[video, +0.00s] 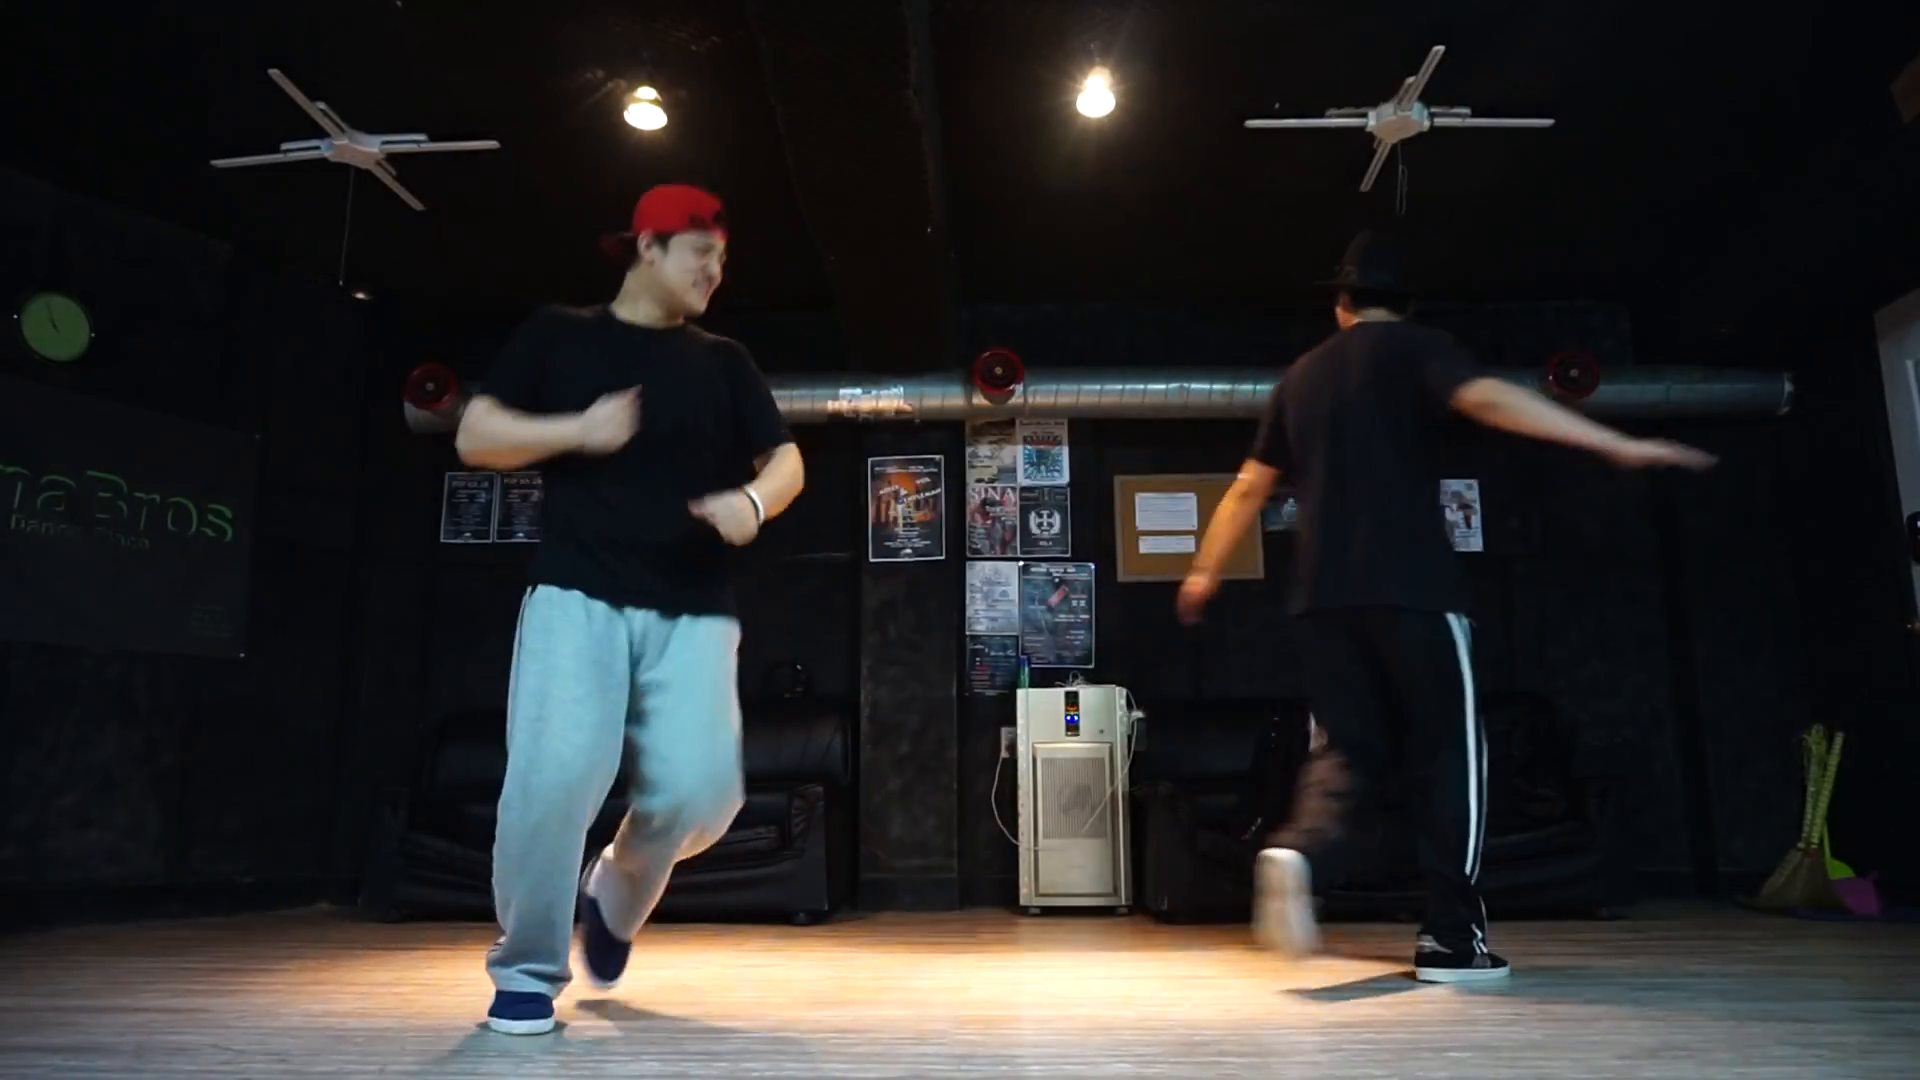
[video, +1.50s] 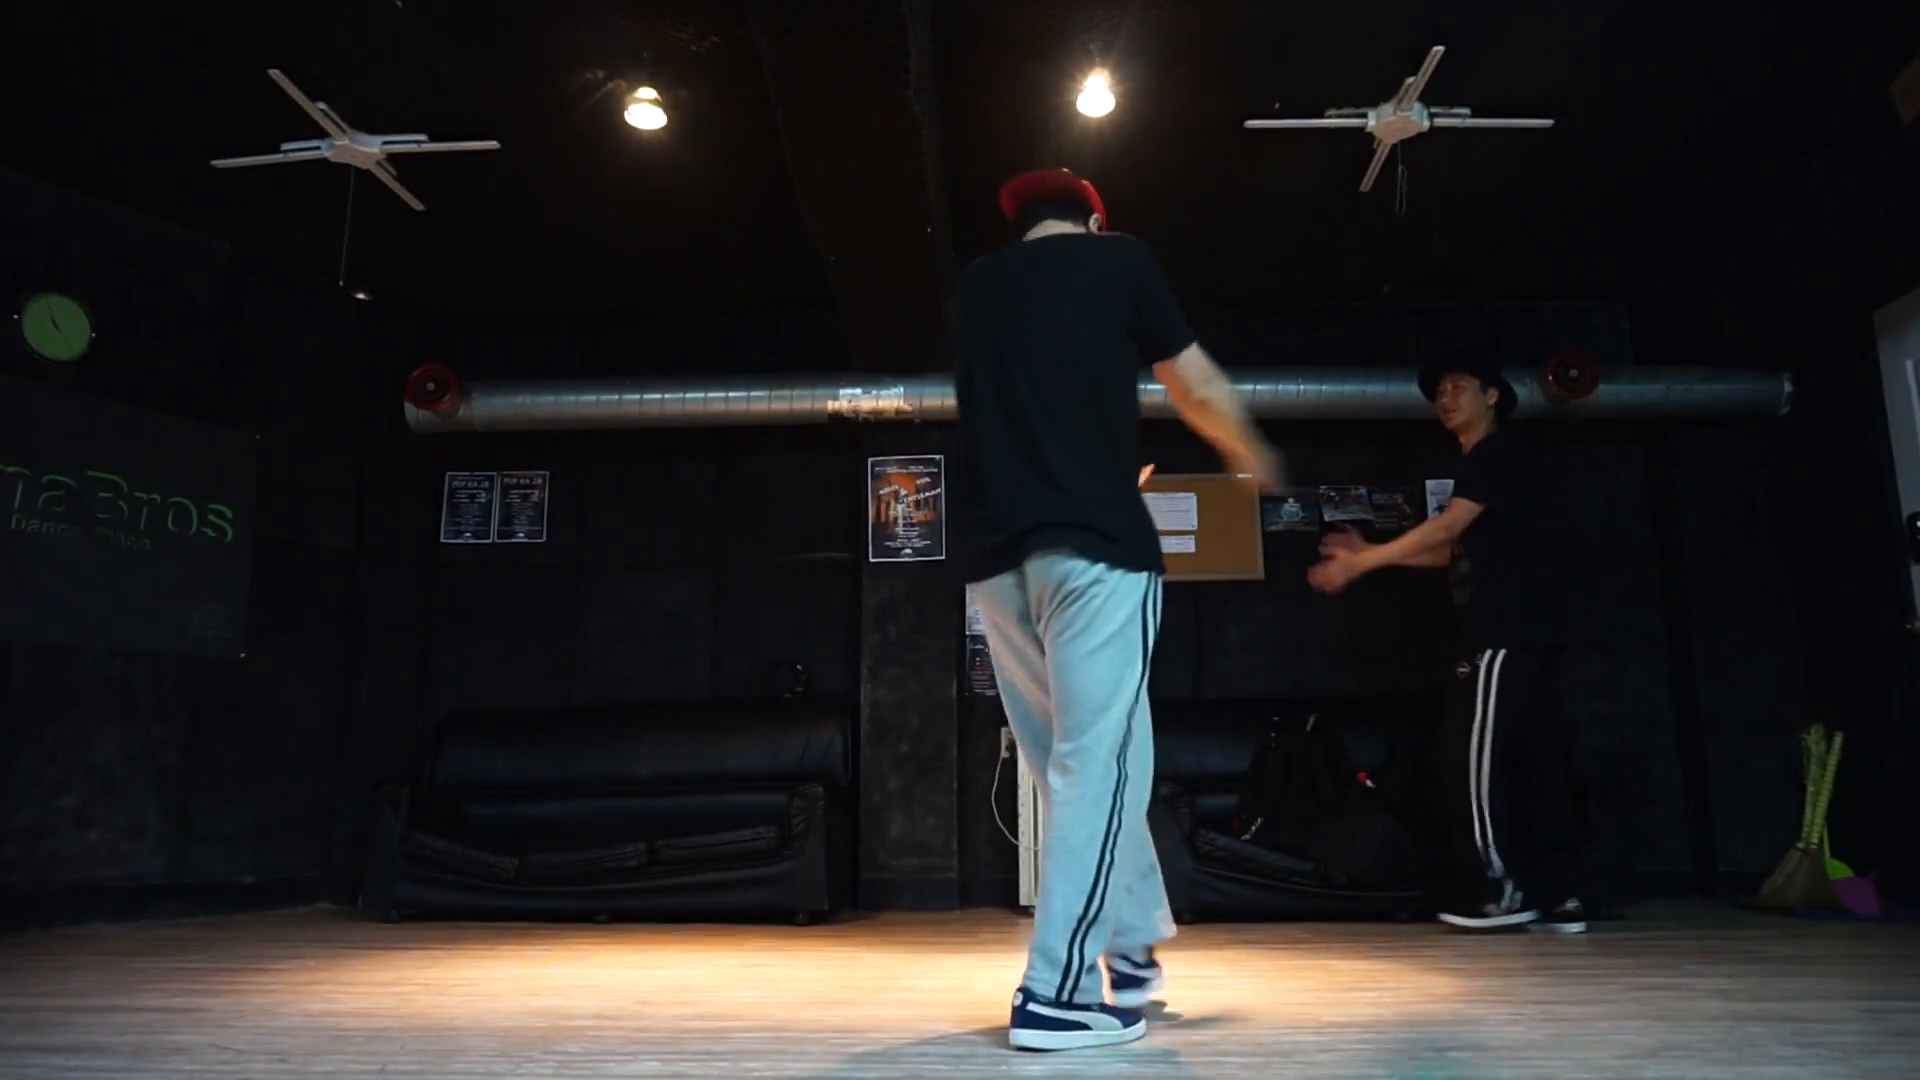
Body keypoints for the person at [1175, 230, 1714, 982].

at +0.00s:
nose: (1354, 309)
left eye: (1347, 297)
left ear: (1339, 301)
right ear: (1408, 298)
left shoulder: (1300, 379)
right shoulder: (1417, 353)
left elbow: (1249, 488)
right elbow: (1494, 401)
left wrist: (1205, 569)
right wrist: (1617, 443)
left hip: (1327, 598)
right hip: (1416, 590)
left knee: (1349, 749)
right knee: (1451, 753)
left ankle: (1296, 853)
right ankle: (1452, 936)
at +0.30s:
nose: (1381, 337)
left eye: (1381, 327)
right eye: (1390, 326)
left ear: (1387, 327)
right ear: (1448, 320)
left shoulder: (1369, 398)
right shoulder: (1494, 375)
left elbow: (1377, 500)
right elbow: (1552, 478)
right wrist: (1571, 484)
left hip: (1416, 600)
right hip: (1491, 593)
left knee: (1465, 753)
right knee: (1480, 760)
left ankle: (1543, 917)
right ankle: (1453, 936)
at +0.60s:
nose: (1419, 386)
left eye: (1421, 373)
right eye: (1419, 373)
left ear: (1439, 368)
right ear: (1483, 365)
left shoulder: (1417, 439)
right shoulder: (1544, 416)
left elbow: (1409, 544)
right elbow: (1586, 514)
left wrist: (1412, 637)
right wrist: (1585, 592)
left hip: (1470, 623)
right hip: (1550, 614)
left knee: (1506, 760)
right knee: (1602, 741)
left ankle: (1567, 914)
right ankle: (1574, 838)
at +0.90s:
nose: (1431, 390)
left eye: (1435, 375)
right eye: (1430, 377)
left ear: (1467, 369)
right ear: (1487, 371)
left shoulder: (1455, 426)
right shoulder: (1548, 427)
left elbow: (1418, 483)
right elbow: (1636, 477)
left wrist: (1366, 557)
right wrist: (1707, 537)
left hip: (1493, 622)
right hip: (1563, 617)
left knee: (1512, 766)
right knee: (1567, 750)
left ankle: (1569, 918)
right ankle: (1591, 896)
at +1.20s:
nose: (1433, 419)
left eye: (1441, 406)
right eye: (1430, 409)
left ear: (1476, 401)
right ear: (1482, 407)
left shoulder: (1474, 457)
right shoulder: (1538, 452)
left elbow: (1458, 526)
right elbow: (1600, 525)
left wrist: (1425, 598)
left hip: (1501, 626)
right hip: (1554, 621)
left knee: (1486, 764)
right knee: (1549, 756)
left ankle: (1566, 875)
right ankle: (1552, 902)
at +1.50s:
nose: (1446, 402)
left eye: (1459, 391)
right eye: (1441, 395)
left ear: (1492, 398)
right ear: (1441, 406)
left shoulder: (1496, 453)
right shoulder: (1493, 459)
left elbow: (1445, 527)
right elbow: (1451, 550)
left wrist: (1358, 563)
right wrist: (1370, 552)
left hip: (1504, 629)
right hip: (1516, 625)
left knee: (1478, 760)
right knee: (1530, 759)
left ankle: (1498, 895)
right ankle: (1559, 894)